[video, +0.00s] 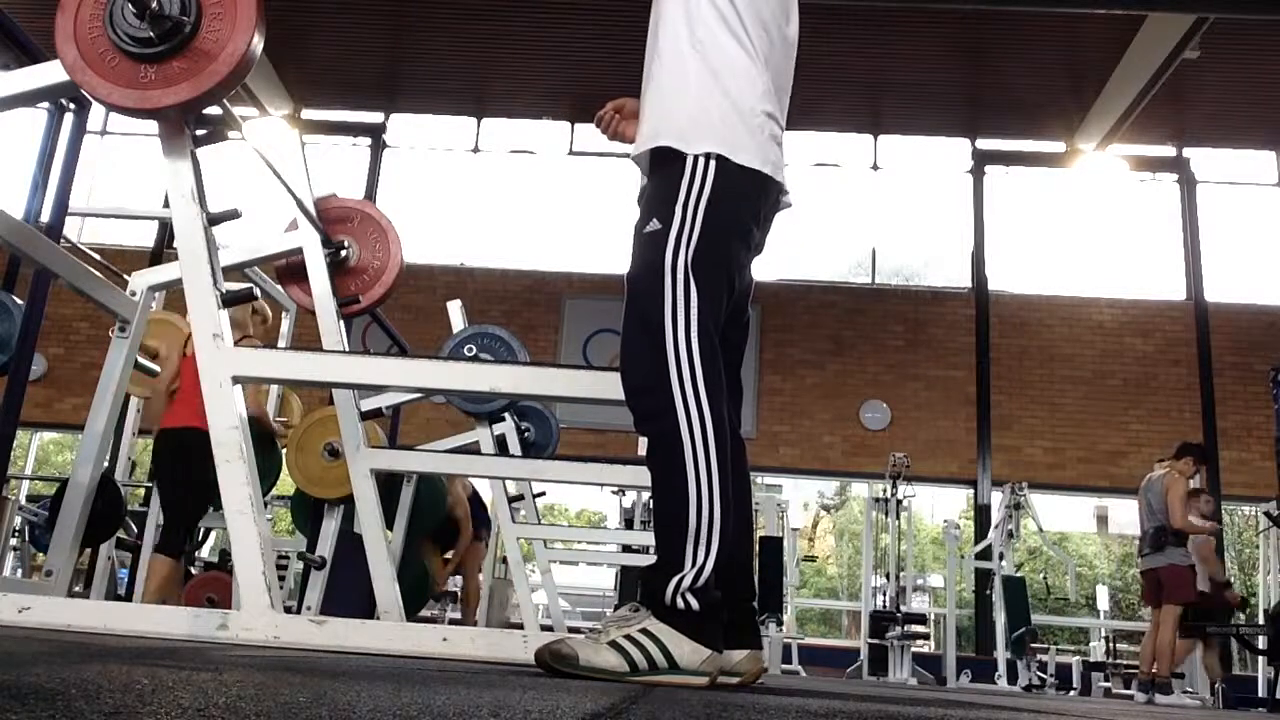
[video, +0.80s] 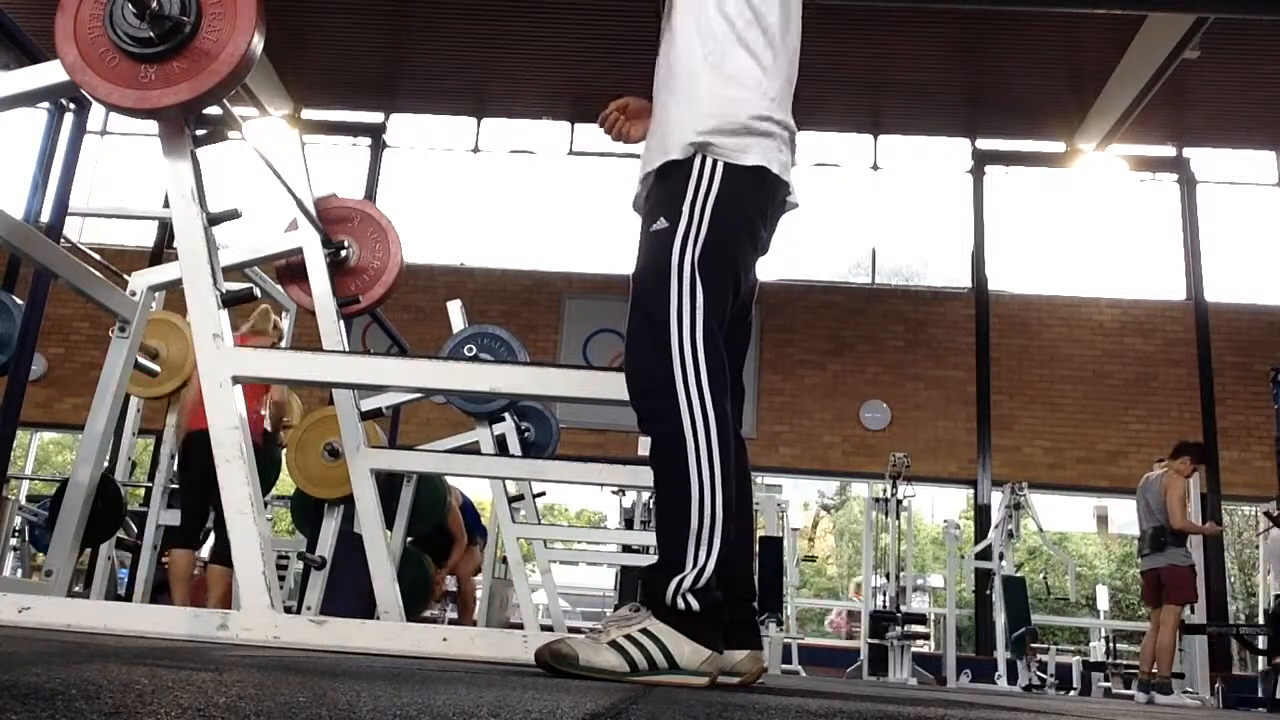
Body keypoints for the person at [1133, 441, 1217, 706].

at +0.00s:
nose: (1193, 475)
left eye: (1196, 472)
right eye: (1195, 470)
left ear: (1178, 459)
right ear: (1188, 462)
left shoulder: (1148, 480)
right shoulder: (1176, 479)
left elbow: (1149, 523)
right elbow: (1178, 522)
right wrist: (1208, 528)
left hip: (1148, 561)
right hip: (1173, 561)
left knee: (1156, 624)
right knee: (1168, 625)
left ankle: (1143, 685)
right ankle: (1163, 688)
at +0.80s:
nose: (1192, 476)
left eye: (1195, 471)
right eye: (1194, 470)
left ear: (1177, 459)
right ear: (1185, 461)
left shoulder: (1145, 480)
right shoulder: (1174, 480)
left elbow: (1146, 525)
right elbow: (1178, 523)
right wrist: (1205, 529)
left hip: (1149, 563)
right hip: (1174, 562)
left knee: (1155, 625)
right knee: (1169, 625)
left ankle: (1143, 685)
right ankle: (1164, 688)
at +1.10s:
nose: (1191, 475)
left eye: (1193, 470)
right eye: (1192, 469)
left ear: (1174, 459)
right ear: (1182, 461)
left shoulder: (1144, 480)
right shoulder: (1173, 480)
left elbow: (1147, 524)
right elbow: (1177, 522)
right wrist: (1205, 530)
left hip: (1149, 563)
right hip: (1173, 562)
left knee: (1156, 625)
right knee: (1169, 624)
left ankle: (1143, 685)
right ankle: (1164, 688)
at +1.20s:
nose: (1191, 475)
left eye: (1193, 470)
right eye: (1192, 469)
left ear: (1174, 459)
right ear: (1182, 461)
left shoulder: (1144, 480)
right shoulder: (1172, 480)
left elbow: (1146, 525)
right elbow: (1176, 522)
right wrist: (1205, 530)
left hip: (1149, 563)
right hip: (1173, 562)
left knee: (1156, 624)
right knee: (1169, 624)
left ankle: (1143, 685)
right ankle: (1164, 688)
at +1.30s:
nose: (1191, 475)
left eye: (1193, 470)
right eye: (1192, 469)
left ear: (1174, 459)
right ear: (1182, 461)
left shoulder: (1144, 480)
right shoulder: (1172, 480)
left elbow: (1146, 525)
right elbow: (1176, 522)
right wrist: (1204, 530)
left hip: (1149, 563)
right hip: (1173, 562)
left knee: (1156, 624)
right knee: (1169, 624)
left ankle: (1143, 685)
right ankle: (1164, 688)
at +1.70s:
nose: (1190, 475)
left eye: (1193, 471)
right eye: (1191, 469)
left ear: (1174, 459)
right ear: (1181, 461)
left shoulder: (1143, 480)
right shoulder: (1171, 480)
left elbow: (1144, 526)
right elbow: (1176, 522)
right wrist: (1205, 531)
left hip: (1149, 563)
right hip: (1172, 562)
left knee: (1156, 623)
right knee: (1169, 623)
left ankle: (1143, 685)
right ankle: (1164, 688)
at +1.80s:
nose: (1190, 475)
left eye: (1193, 471)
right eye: (1191, 469)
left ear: (1174, 458)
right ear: (1181, 461)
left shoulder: (1144, 480)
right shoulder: (1171, 480)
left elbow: (1144, 526)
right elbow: (1176, 522)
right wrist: (1204, 532)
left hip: (1148, 563)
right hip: (1172, 561)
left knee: (1156, 624)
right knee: (1169, 623)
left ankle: (1143, 684)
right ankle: (1164, 688)